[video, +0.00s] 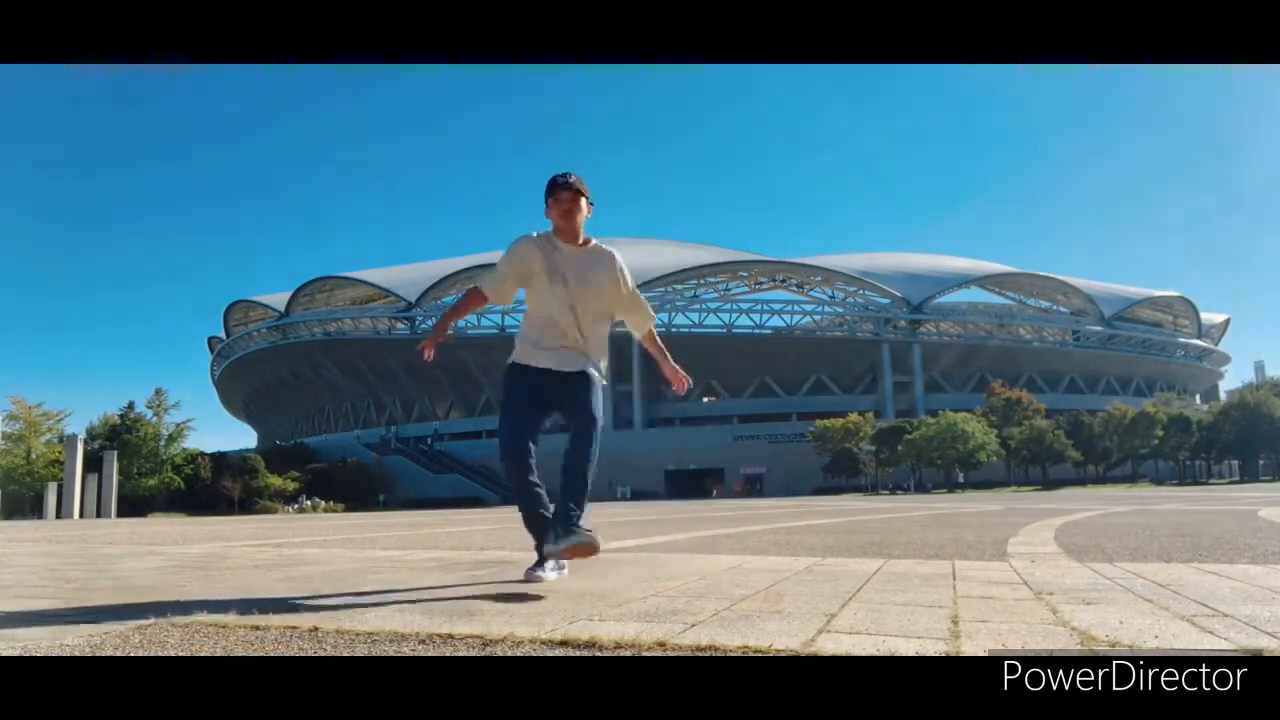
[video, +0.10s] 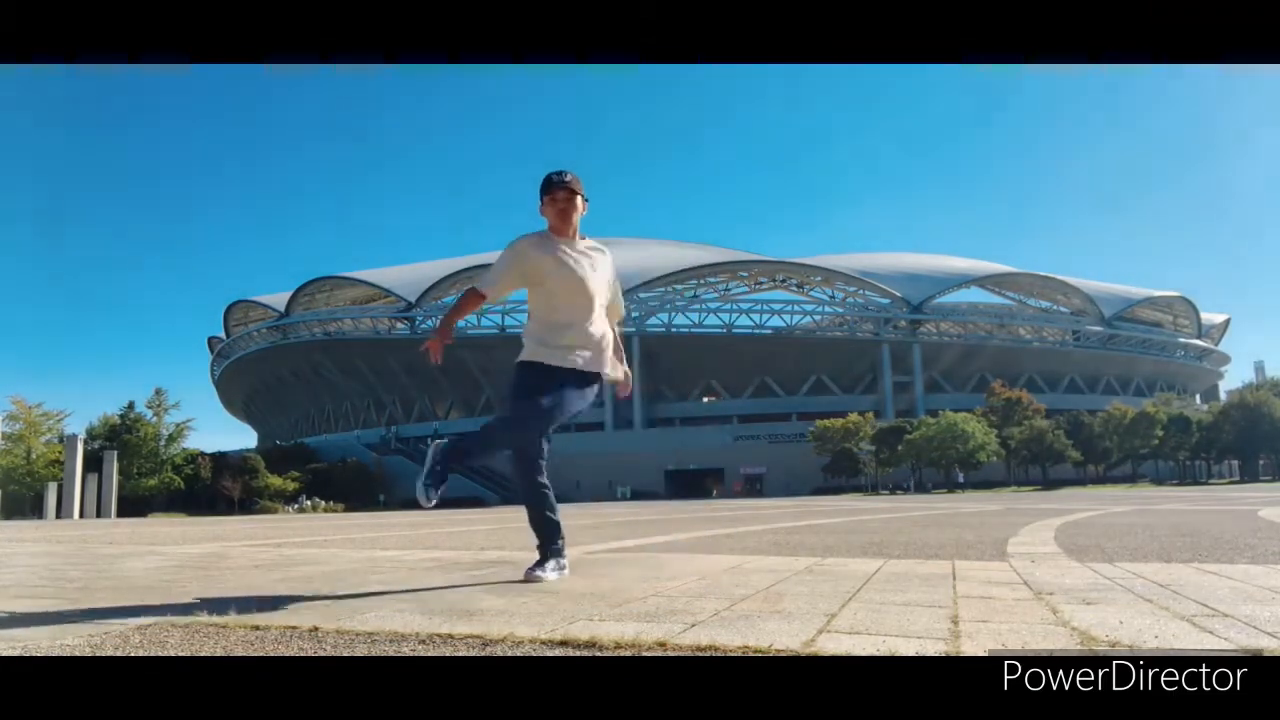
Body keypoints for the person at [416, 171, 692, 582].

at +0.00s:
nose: (567, 205)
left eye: (574, 199)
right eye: (559, 200)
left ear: (588, 207)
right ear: (548, 209)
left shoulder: (608, 262)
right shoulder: (528, 250)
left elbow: (638, 320)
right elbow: (487, 291)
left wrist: (666, 363)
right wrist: (443, 323)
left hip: (582, 366)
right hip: (530, 362)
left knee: (589, 426)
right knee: (515, 449)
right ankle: (549, 548)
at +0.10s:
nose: (562, 203)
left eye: (570, 196)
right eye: (554, 197)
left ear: (583, 205)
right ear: (543, 206)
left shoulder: (601, 257)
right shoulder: (529, 249)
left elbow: (610, 321)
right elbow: (483, 291)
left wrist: (620, 363)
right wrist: (446, 324)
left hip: (587, 371)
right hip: (538, 365)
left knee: (541, 415)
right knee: (530, 457)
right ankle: (552, 554)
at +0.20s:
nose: (561, 200)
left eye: (568, 194)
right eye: (553, 194)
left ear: (582, 202)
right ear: (541, 204)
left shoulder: (600, 255)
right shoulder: (525, 250)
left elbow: (595, 315)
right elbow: (481, 293)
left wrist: (612, 356)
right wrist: (438, 325)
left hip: (580, 371)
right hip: (531, 367)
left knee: (530, 407)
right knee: (522, 461)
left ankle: (454, 406)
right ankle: (552, 555)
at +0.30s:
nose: (559, 205)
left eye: (566, 199)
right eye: (551, 199)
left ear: (580, 207)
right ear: (539, 209)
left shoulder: (600, 259)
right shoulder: (520, 250)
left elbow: (632, 312)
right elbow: (485, 293)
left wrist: (654, 352)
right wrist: (448, 318)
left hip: (581, 351)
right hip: (530, 355)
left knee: (556, 383)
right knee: (525, 462)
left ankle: (485, 452)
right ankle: (553, 555)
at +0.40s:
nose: (559, 213)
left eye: (566, 207)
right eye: (551, 207)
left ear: (579, 212)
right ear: (539, 213)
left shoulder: (600, 259)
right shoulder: (519, 255)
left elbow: (653, 296)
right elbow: (479, 293)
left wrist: (698, 329)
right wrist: (438, 327)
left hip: (584, 345)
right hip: (533, 356)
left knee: (571, 365)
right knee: (526, 462)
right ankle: (554, 556)